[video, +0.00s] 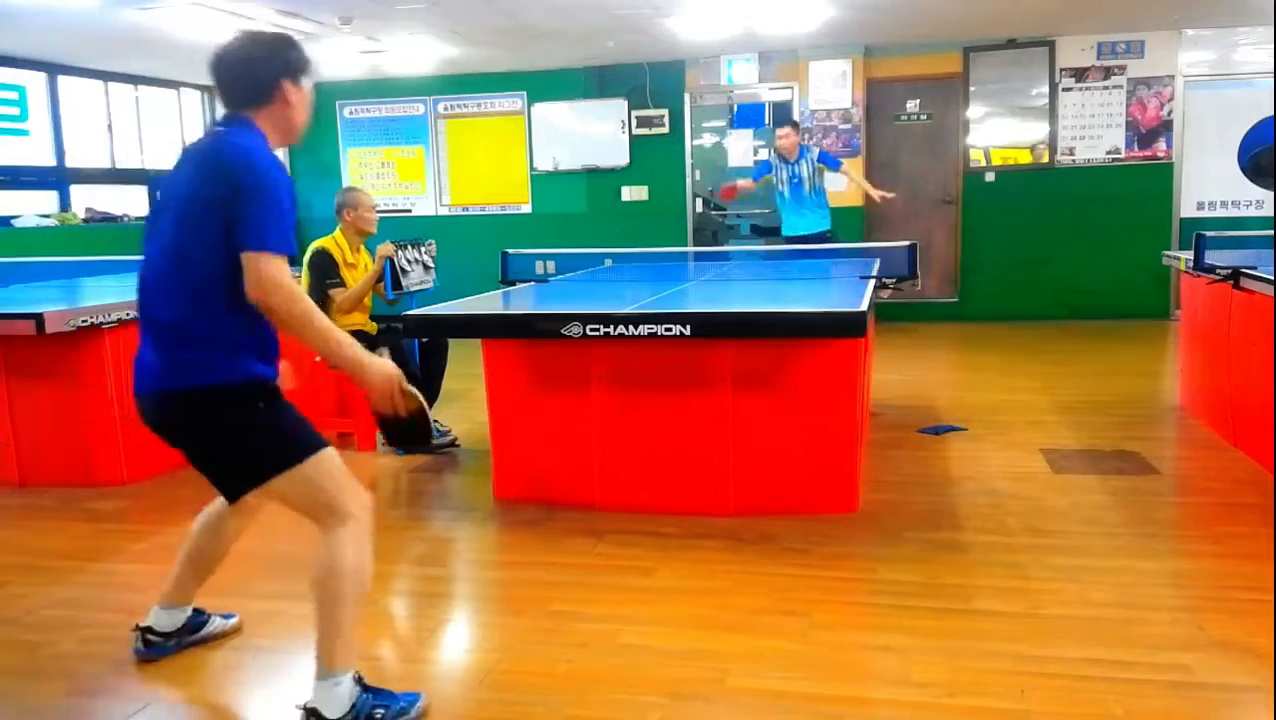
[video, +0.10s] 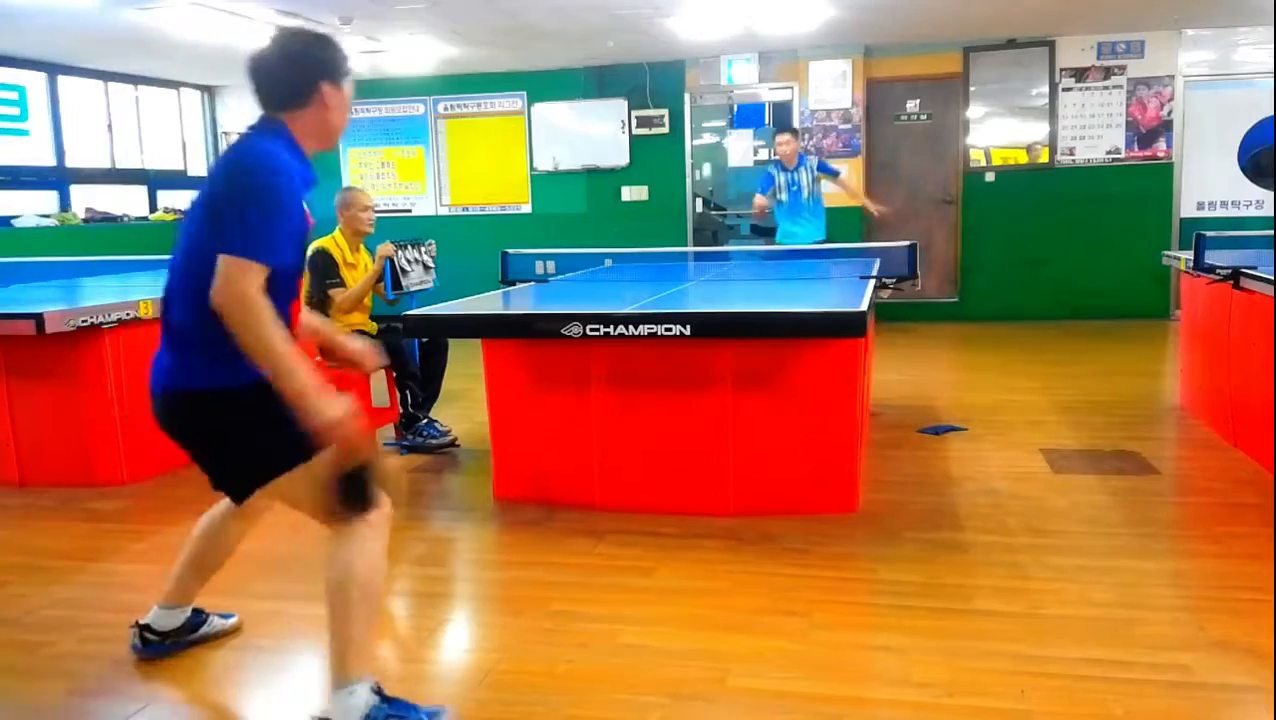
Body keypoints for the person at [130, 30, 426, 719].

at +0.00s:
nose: (310, 102)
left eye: (307, 88)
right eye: (307, 88)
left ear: (240, 93)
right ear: (285, 91)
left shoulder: (198, 159)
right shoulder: (258, 167)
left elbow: (186, 277)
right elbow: (269, 285)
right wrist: (363, 365)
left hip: (169, 384)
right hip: (219, 386)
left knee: (251, 491)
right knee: (350, 507)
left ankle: (167, 618)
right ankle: (336, 689)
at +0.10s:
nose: (350, 106)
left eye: (349, 93)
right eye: (346, 93)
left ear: (291, 98)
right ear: (320, 95)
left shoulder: (265, 162)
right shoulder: (270, 170)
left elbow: (265, 292)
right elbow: (236, 295)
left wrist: (338, 341)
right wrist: (315, 399)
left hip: (199, 384)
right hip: (223, 388)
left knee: (255, 490)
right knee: (362, 508)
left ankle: (167, 617)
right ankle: (354, 695)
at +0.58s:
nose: (448, 10)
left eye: (444, 9)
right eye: (443, 5)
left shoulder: (296, 56)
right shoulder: (409, 25)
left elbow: (274, 203)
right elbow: (521, 83)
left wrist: (350, 185)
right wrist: (620, 85)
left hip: (308, 292)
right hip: (391, 295)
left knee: (341, 411)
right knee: (423, 517)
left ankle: (309, 542)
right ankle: (383, 699)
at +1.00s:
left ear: (382, 75)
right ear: (459, 65)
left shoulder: (378, 186)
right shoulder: (530, 149)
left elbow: (357, 332)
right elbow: (615, 236)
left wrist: (374, 392)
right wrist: (564, 288)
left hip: (468, 427)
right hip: (568, 402)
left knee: (381, 590)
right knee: (630, 523)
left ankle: (388, 712)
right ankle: (725, 649)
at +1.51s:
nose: (549, 45)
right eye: (548, 36)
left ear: (469, 43)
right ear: (541, 42)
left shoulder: (431, 123)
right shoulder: (586, 102)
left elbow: (385, 242)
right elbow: (660, 196)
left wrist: (406, 303)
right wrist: (629, 259)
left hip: (471, 362)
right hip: (574, 356)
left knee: (409, 509)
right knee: (640, 503)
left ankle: (345, 661)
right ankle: (669, 664)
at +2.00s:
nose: (516, 26)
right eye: (516, 18)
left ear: (434, 33)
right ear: (511, 25)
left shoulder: (409, 123)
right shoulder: (574, 100)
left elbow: (383, 244)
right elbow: (652, 213)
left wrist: (387, 320)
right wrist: (704, 317)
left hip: (484, 381)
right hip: (587, 369)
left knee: (427, 552)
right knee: (656, 519)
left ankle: (380, 708)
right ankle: (721, 675)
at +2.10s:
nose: (509, 44)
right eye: (508, 33)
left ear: (426, 42)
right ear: (500, 39)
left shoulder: (386, 127)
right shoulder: (550, 119)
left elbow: (341, 244)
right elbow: (623, 238)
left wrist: (382, 317)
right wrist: (674, 337)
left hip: (443, 391)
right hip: (552, 383)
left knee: (403, 551)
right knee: (632, 523)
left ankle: (372, 710)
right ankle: (712, 673)